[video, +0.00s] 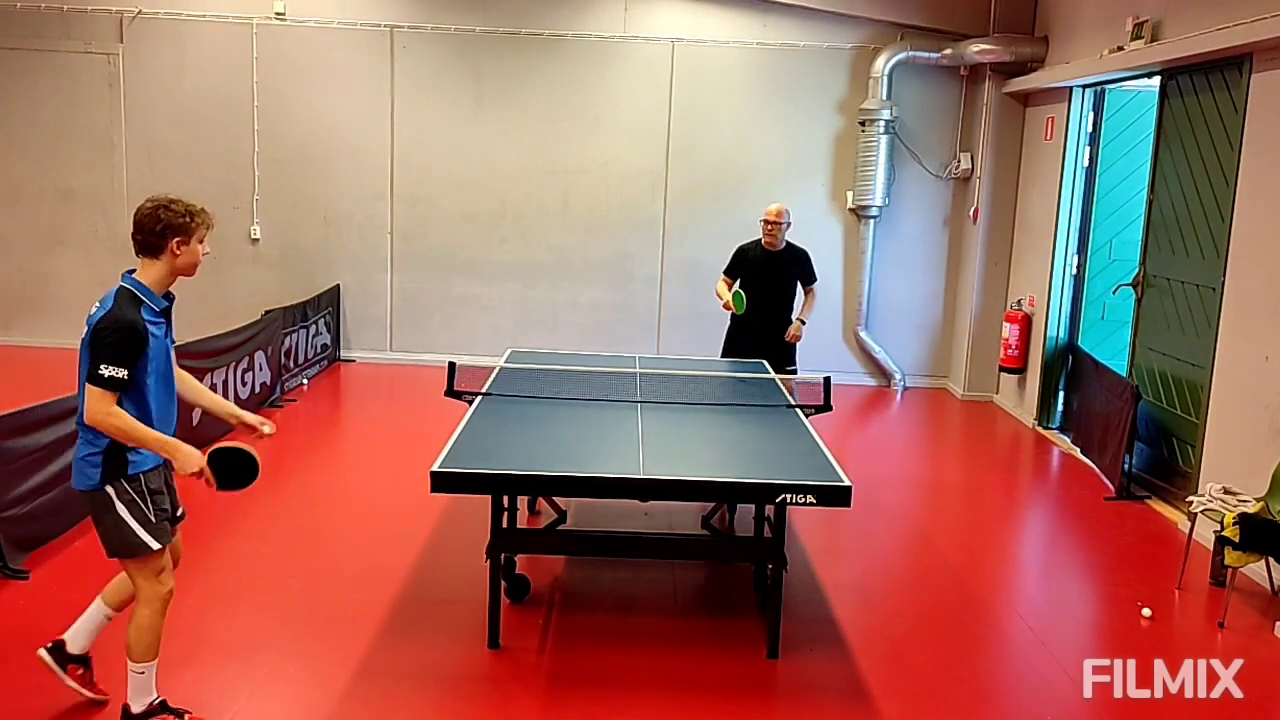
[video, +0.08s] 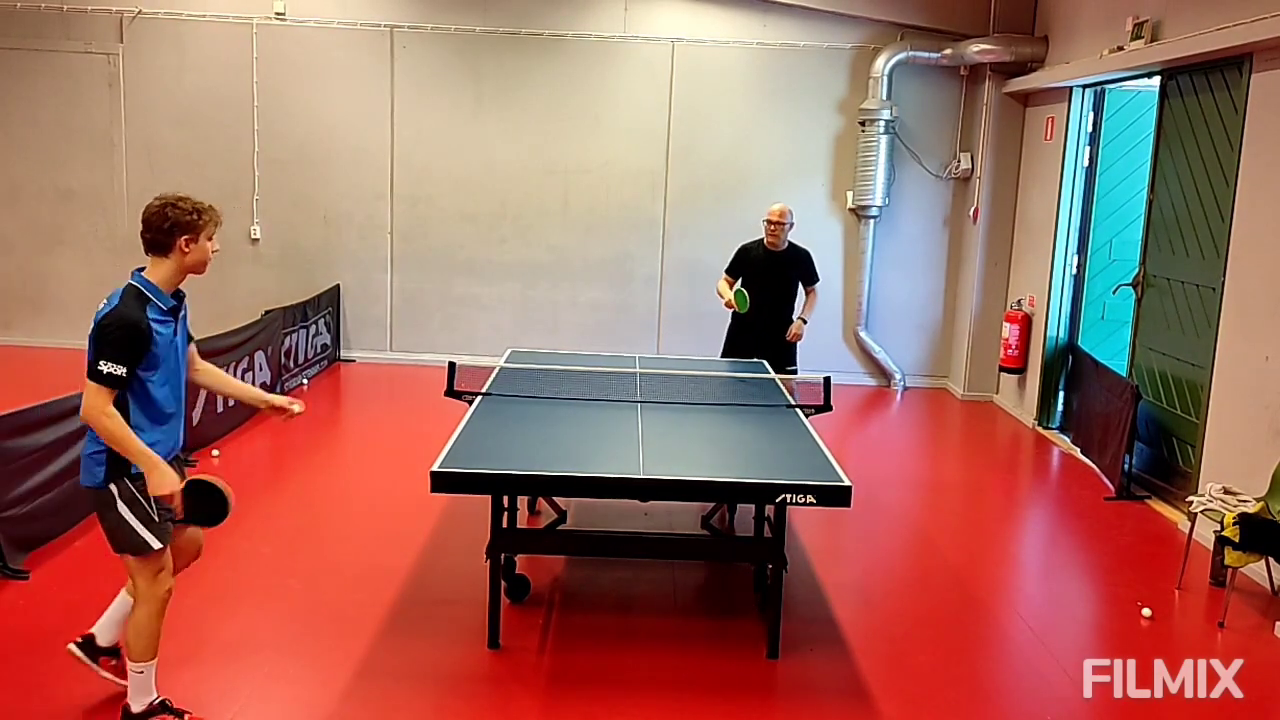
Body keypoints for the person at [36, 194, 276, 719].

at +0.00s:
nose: (205, 253)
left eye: (204, 244)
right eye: (201, 244)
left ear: (168, 247)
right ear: (176, 248)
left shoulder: (157, 300)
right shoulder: (121, 318)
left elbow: (168, 374)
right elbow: (97, 412)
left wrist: (234, 414)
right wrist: (174, 449)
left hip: (147, 461)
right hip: (117, 472)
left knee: (167, 558)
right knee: (155, 585)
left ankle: (71, 647)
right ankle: (142, 706)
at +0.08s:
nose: (215, 248)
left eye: (213, 239)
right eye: (209, 239)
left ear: (177, 244)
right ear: (183, 244)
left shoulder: (172, 300)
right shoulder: (126, 317)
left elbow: (192, 367)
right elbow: (95, 409)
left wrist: (263, 398)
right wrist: (155, 466)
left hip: (156, 462)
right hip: (121, 472)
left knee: (186, 546)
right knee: (155, 582)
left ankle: (101, 638)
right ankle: (142, 705)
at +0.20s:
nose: (236, 250)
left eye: (236, 241)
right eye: (232, 241)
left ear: (197, 244)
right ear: (206, 244)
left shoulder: (204, 304)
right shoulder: (137, 312)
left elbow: (239, 355)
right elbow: (80, 389)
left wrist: (313, 369)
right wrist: (75, 469)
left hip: (180, 457)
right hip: (136, 469)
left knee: (200, 546)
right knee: (153, 582)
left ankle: (175, 649)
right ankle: (140, 705)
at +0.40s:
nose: (269, 255)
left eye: (269, 245)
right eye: (265, 246)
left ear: (233, 248)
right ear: (238, 248)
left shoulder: (242, 309)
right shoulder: (168, 307)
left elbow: (290, 361)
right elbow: (105, 372)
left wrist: (364, 374)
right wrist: (94, 438)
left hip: (200, 456)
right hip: (156, 462)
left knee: (216, 549)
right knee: (167, 581)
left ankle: (207, 650)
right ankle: (143, 703)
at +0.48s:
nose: (278, 255)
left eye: (278, 245)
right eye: (274, 245)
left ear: (245, 247)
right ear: (248, 248)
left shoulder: (247, 309)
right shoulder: (181, 307)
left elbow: (289, 365)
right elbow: (139, 381)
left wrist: (357, 386)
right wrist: (159, 442)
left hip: (205, 457)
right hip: (164, 463)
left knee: (219, 546)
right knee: (169, 578)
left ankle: (207, 650)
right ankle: (145, 701)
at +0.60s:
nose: (290, 250)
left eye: (289, 241)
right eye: (286, 241)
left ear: (256, 244)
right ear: (260, 245)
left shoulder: (247, 299)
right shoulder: (211, 303)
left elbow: (263, 366)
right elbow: (227, 391)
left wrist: (294, 380)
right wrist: (304, 406)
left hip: (205, 444)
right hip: (167, 451)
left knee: (219, 544)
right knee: (174, 571)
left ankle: (207, 650)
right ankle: (148, 698)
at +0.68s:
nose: (290, 249)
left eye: (290, 240)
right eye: (286, 239)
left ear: (253, 242)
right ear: (262, 243)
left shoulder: (238, 296)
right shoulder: (221, 301)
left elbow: (227, 380)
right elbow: (265, 381)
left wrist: (281, 368)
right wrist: (342, 363)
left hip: (206, 444)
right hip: (171, 451)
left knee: (221, 543)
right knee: (176, 574)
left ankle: (207, 650)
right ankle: (145, 698)